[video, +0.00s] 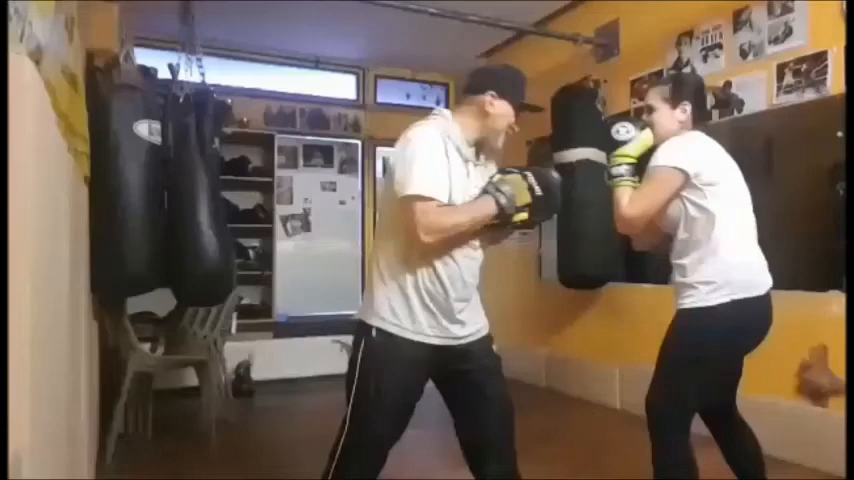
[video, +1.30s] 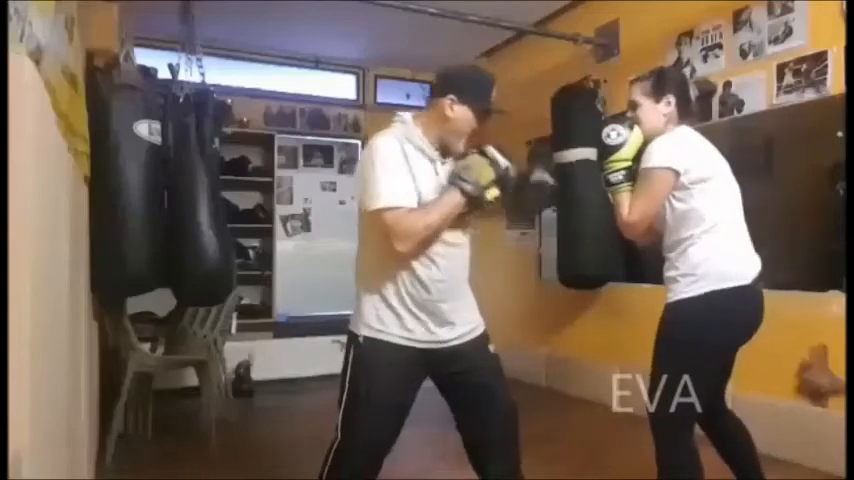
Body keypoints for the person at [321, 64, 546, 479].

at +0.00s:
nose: (516, 124)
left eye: (518, 113)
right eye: (515, 110)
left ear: (489, 104)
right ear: (490, 101)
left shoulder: (481, 156)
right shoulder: (424, 138)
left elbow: (472, 236)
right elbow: (427, 227)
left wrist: (512, 216)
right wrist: (499, 201)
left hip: (463, 331)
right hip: (398, 329)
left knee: (497, 458)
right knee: (360, 458)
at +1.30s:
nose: (482, 129)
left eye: (485, 118)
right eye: (479, 115)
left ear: (451, 108)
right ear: (449, 106)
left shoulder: (457, 156)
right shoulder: (385, 147)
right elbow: (403, 238)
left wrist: (509, 194)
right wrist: (463, 192)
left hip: (459, 330)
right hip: (389, 332)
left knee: (498, 442)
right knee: (357, 457)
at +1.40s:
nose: (474, 128)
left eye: (477, 117)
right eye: (470, 114)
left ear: (443, 108)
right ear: (440, 107)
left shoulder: (453, 150)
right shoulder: (378, 150)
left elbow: (508, 145)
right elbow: (397, 240)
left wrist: (505, 187)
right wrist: (453, 186)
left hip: (455, 324)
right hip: (386, 332)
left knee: (499, 427)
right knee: (356, 455)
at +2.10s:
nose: (472, 127)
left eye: (475, 117)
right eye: (468, 115)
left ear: (442, 110)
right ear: (439, 108)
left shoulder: (461, 150)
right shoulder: (379, 152)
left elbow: (513, 163)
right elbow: (395, 242)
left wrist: (494, 208)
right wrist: (458, 195)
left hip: (458, 321)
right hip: (391, 329)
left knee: (501, 421)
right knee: (364, 448)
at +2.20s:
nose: (458, 120)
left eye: (460, 110)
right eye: (453, 107)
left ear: (430, 104)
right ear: (423, 101)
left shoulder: (443, 150)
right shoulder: (374, 152)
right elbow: (411, 231)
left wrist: (476, 205)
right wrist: (464, 187)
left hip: (451, 323)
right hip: (387, 331)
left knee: (495, 426)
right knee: (361, 449)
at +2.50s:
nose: (453, 108)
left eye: (453, 98)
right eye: (446, 96)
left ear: (417, 97)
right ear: (414, 94)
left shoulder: (438, 149)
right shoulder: (371, 149)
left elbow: (457, 209)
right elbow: (420, 214)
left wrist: (504, 183)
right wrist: (476, 165)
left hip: (449, 327)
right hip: (382, 333)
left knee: (488, 429)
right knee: (359, 450)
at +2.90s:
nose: (470, 111)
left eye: (470, 101)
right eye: (463, 98)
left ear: (434, 99)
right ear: (432, 95)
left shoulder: (436, 152)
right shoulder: (399, 140)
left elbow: (476, 218)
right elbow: (471, 202)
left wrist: (521, 185)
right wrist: (521, 155)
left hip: (454, 329)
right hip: (393, 334)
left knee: (493, 434)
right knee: (363, 457)